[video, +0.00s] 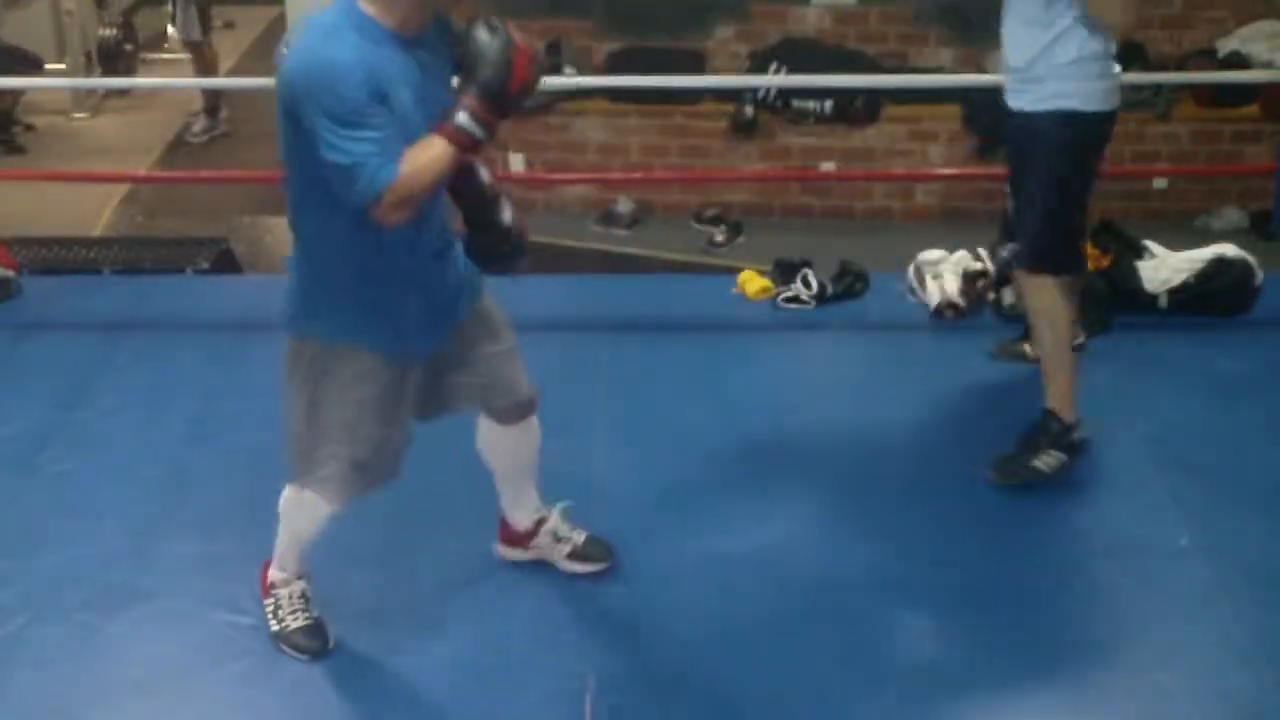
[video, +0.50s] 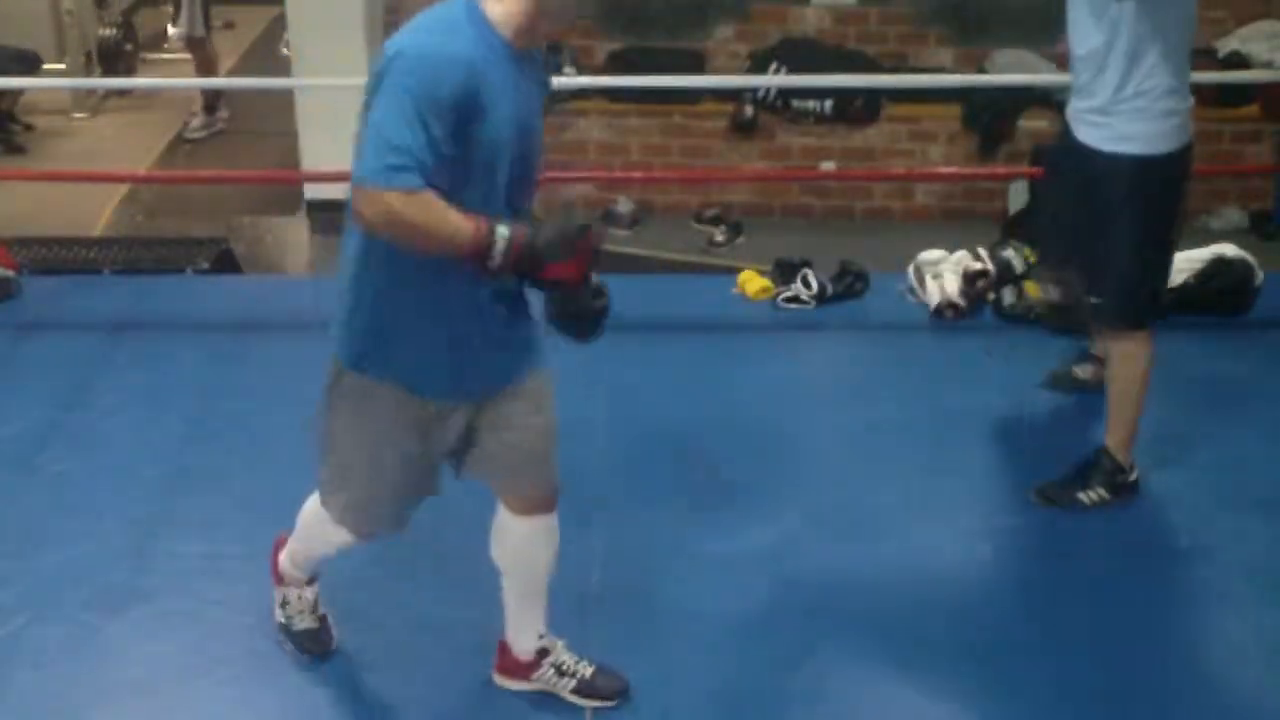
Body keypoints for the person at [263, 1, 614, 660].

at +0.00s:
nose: (461, 3)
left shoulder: (434, 34)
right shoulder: (323, 63)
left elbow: (439, 143)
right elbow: (389, 198)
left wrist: (479, 205)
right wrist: (477, 109)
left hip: (439, 276)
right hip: (353, 299)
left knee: (511, 403)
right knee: (338, 469)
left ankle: (525, 526)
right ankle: (282, 577)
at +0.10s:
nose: (452, 0)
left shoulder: (421, 26)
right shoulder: (318, 65)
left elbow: (436, 132)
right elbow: (399, 198)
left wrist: (479, 200)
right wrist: (474, 99)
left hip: (434, 279)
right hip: (348, 306)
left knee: (507, 408)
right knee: (328, 468)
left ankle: (512, 563)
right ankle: (282, 577)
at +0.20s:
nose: (460, 4)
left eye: (457, 1)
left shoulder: (422, 33)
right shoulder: (327, 74)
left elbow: (435, 145)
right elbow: (417, 206)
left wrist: (474, 206)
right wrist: (496, 106)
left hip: (438, 290)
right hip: (346, 316)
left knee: (507, 433)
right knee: (323, 471)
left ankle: (523, 608)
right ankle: (279, 577)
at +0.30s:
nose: (476, 6)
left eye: (472, 3)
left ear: (435, 3)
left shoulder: (448, 52)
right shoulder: (354, 80)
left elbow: (452, 161)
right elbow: (422, 223)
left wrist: (483, 234)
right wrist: (524, 139)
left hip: (446, 309)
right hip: (357, 329)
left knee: (509, 462)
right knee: (317, 477)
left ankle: (520, 642)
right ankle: (279, 577)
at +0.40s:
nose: (529, 13)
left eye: (527, 9)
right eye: (525, 5)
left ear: (492, 6)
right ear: (491, 0)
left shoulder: (484, 61)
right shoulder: (388, 75)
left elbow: (478, 177)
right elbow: (406, 232)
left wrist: (514, 246)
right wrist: (531, 203)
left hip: (470, 324)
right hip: (378, 341)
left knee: (522, 483)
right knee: (333, 488)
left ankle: (523, 649)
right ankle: (283, 571)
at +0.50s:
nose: (589, 25)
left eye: (590, 17)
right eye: (587, 13)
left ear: (560, 7)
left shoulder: (527, 62)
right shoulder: (429, 55)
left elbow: (504, 196)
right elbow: (379, 198)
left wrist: (554, 269)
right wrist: (511, 245)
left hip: (496, 334)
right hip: (400, 342)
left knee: (531, 494)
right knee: (363, 508)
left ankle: (525, 650)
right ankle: (291, 569)